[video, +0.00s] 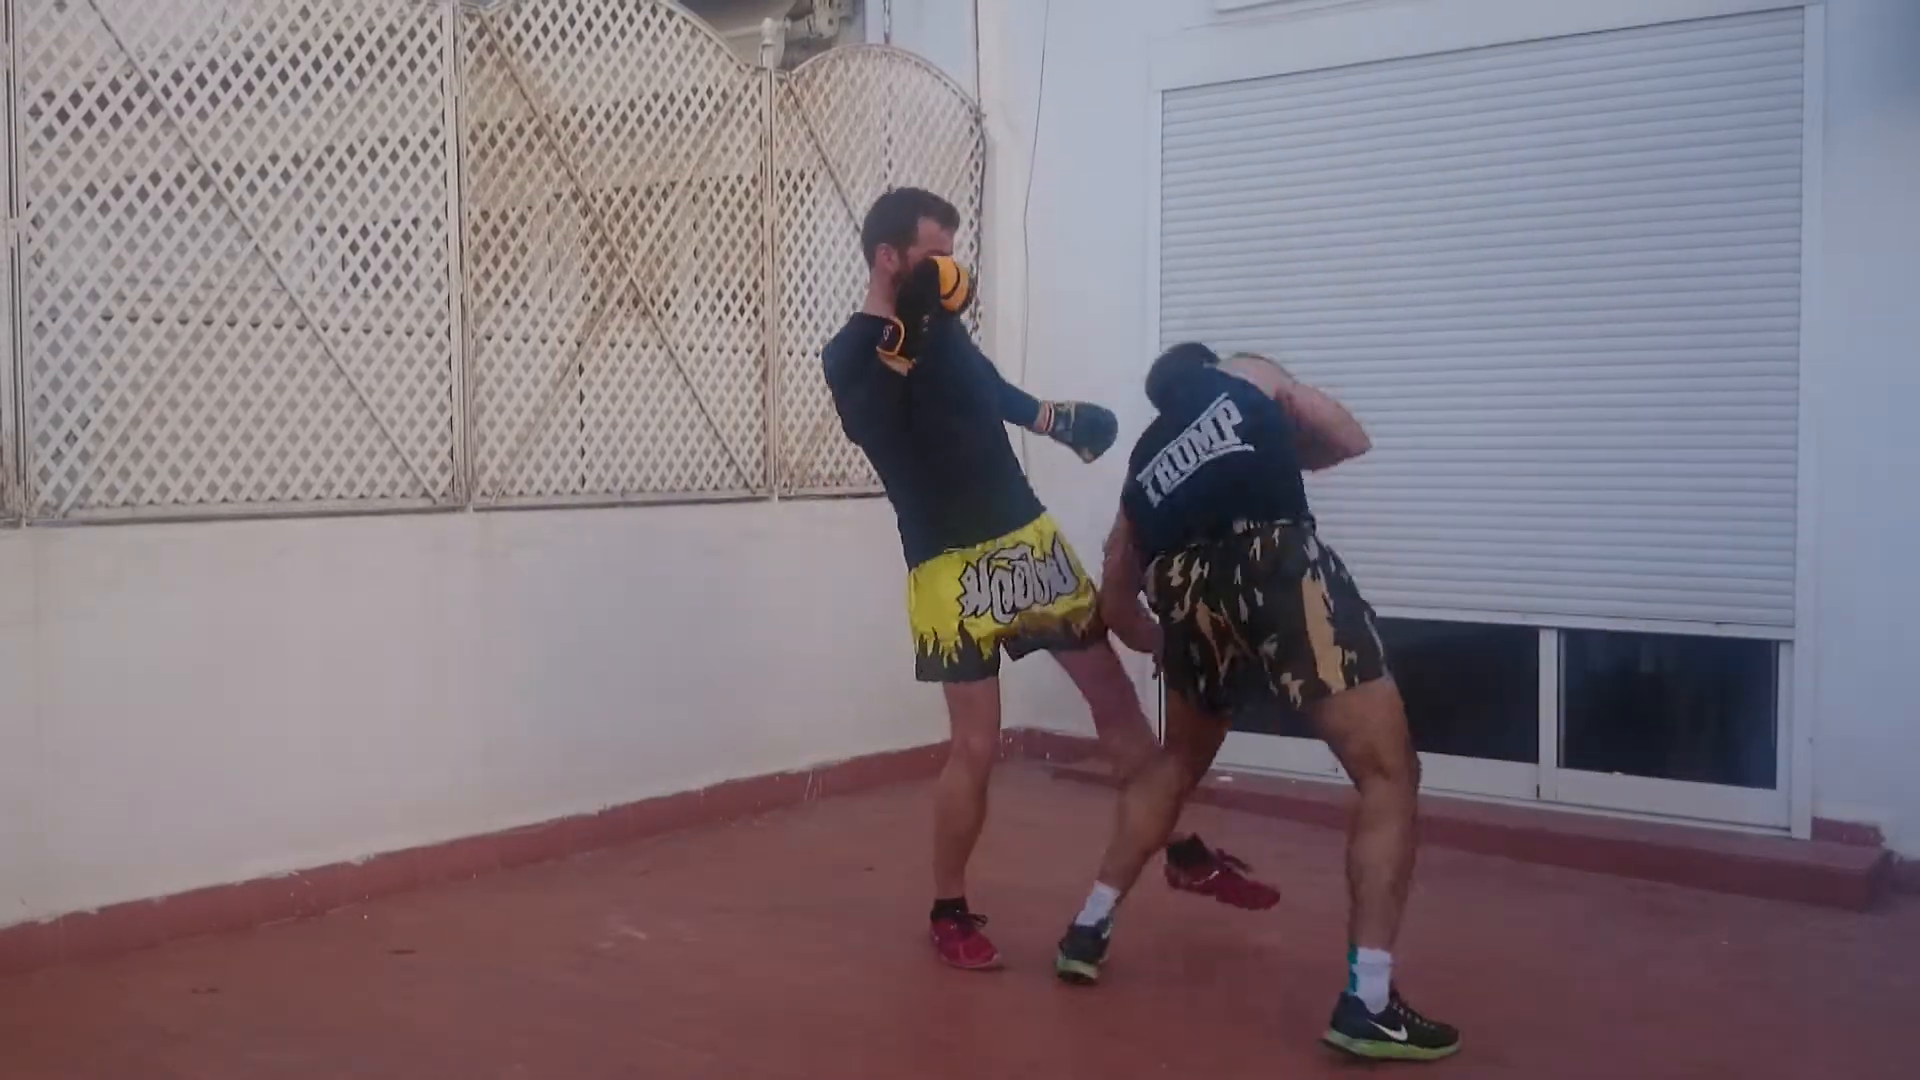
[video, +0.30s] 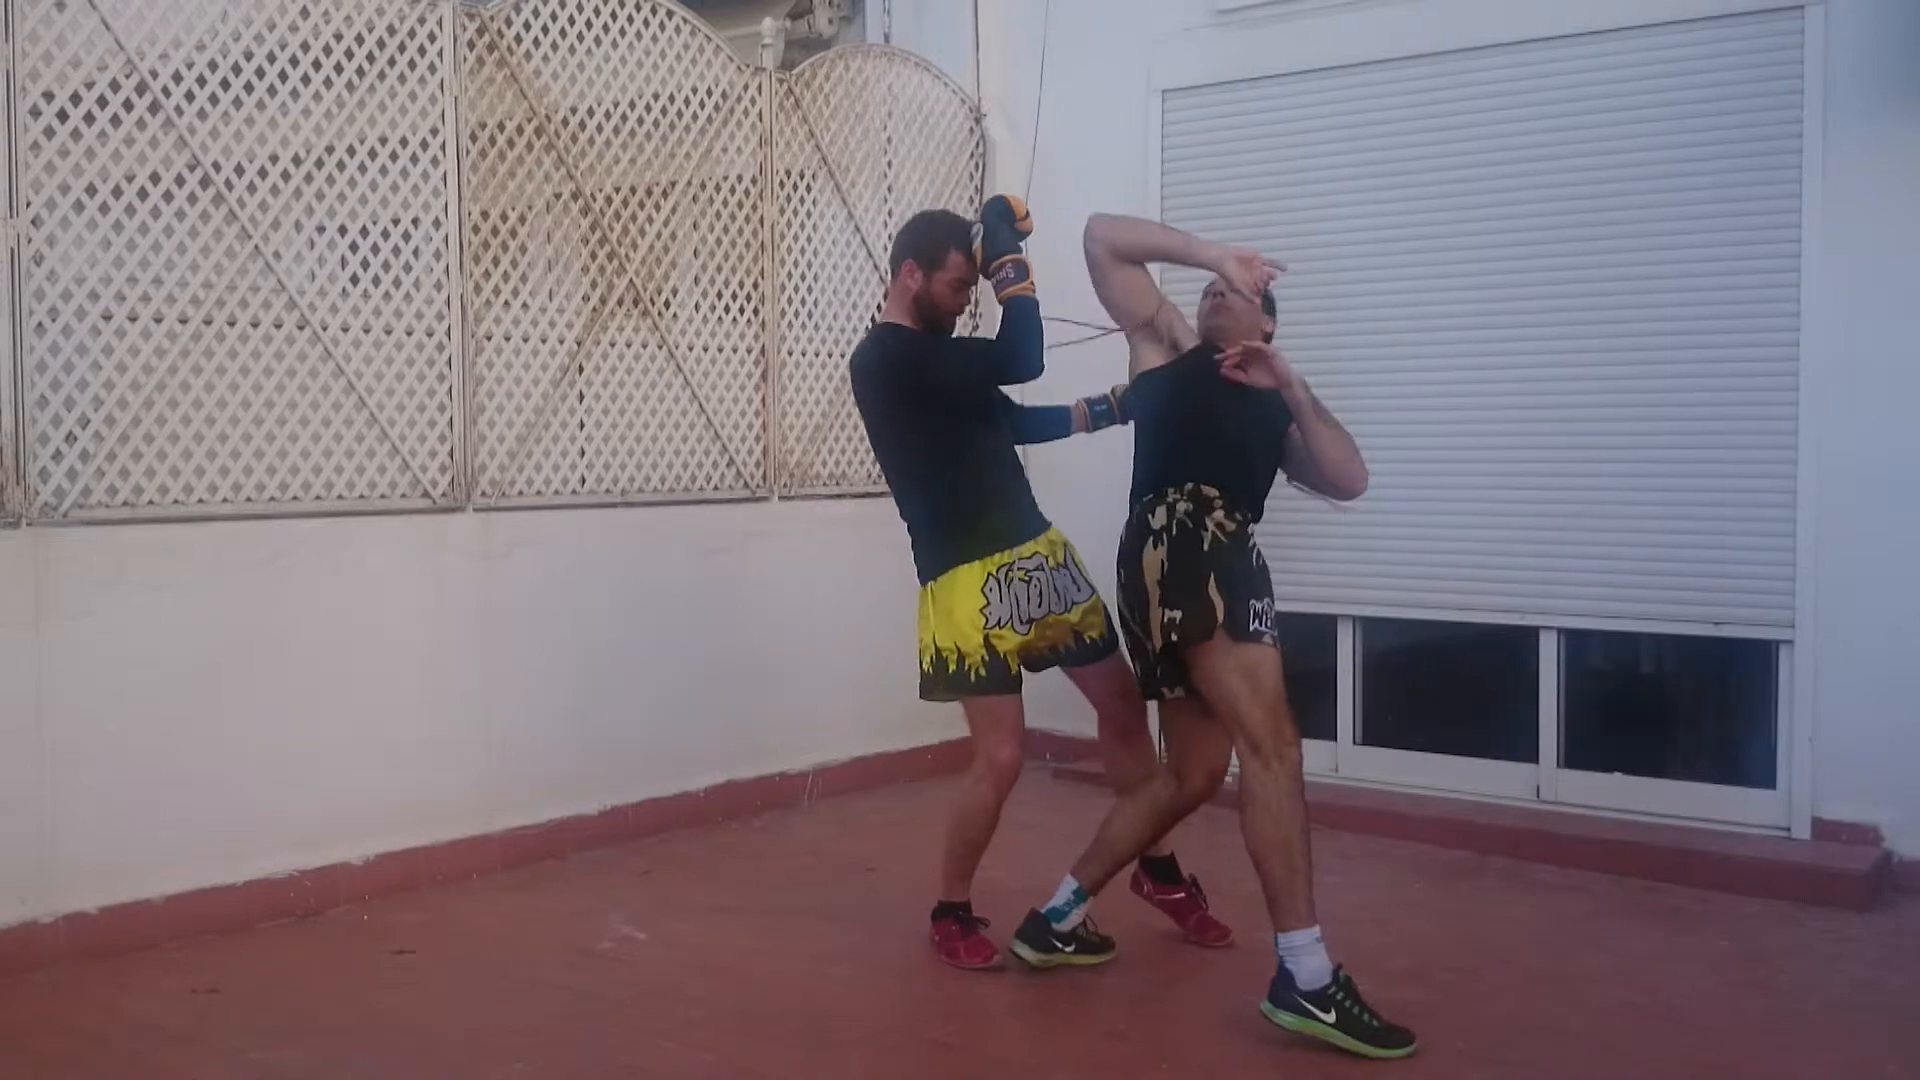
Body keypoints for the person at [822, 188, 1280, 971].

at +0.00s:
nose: (943, 271)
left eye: (947, 258)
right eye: (931, 257)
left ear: (932, 260)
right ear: (883, 257)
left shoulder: (940, 328)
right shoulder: (848, 350)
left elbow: (991, 391)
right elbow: (871, 429)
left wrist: (1050, 418)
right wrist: (896, 348)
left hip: (1027, 532)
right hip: (951, 558)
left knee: (1111, 690)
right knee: (976, 744)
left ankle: (1180, 852)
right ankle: (949, 911)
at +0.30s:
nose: (970, 300)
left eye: (972, 286)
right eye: (958, 285)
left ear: (921, 279)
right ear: (911, 274)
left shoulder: (943, 350)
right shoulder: (888, 355)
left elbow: (1007, 424)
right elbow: (1021, 356)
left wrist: (1100, 410)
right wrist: (1008, 263)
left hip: (1036, 549)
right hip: (967, 572)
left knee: (1120, 702)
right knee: (999, 756)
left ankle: (1154, 864)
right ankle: (952, 911)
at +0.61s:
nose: (1000, 289)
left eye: (1002, 275)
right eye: (990, 273)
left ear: (960, 267)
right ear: (942, 262)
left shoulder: (956, 340)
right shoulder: (912, 336)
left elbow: (982, 467)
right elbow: (1035, 345)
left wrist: (1063, 485)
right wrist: (1037, 252)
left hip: (1029, 550)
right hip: (969, 564)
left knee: (1094, 720)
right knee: (1000, 748)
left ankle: (1149, 873)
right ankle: (953, 910)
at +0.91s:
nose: (1005, 249)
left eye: (1007, 236)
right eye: (990, 238)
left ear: (1000, 245)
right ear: (945, 248)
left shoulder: (989, 331)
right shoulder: (920, 321)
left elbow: (982, 445)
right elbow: (929, 425)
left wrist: (1050, 465)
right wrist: (1007, 374)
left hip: (980, 539)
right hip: (929, 541)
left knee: (1009, 710)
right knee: (965, 718)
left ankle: (972, 860)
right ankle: (941, 907)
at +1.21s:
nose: (966, 273)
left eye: (974, 263)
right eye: (958, 258)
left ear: (971, 263)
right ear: (915, 247)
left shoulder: (957, 328)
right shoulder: (862, 314)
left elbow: (1026, 400)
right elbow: (879, 406)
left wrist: (1072, 343)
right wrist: (944, 327)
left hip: (946, 533)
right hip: (871, 535)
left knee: (979, 698)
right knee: (855, 709)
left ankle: (969, 858)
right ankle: (777, 854)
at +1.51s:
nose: (903, 274)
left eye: (913, 264)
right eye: (892, 261)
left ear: (920, 261)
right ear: (853, 252)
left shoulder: (911, 330)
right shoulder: (806, 322)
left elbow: (970, 418)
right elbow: (815, 408)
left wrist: (1011, 350)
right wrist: (877, 324)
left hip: (907, 537)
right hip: (825, 544)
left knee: (976, 686)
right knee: (802, 718)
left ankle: (1013, 857)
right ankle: (764, 869)